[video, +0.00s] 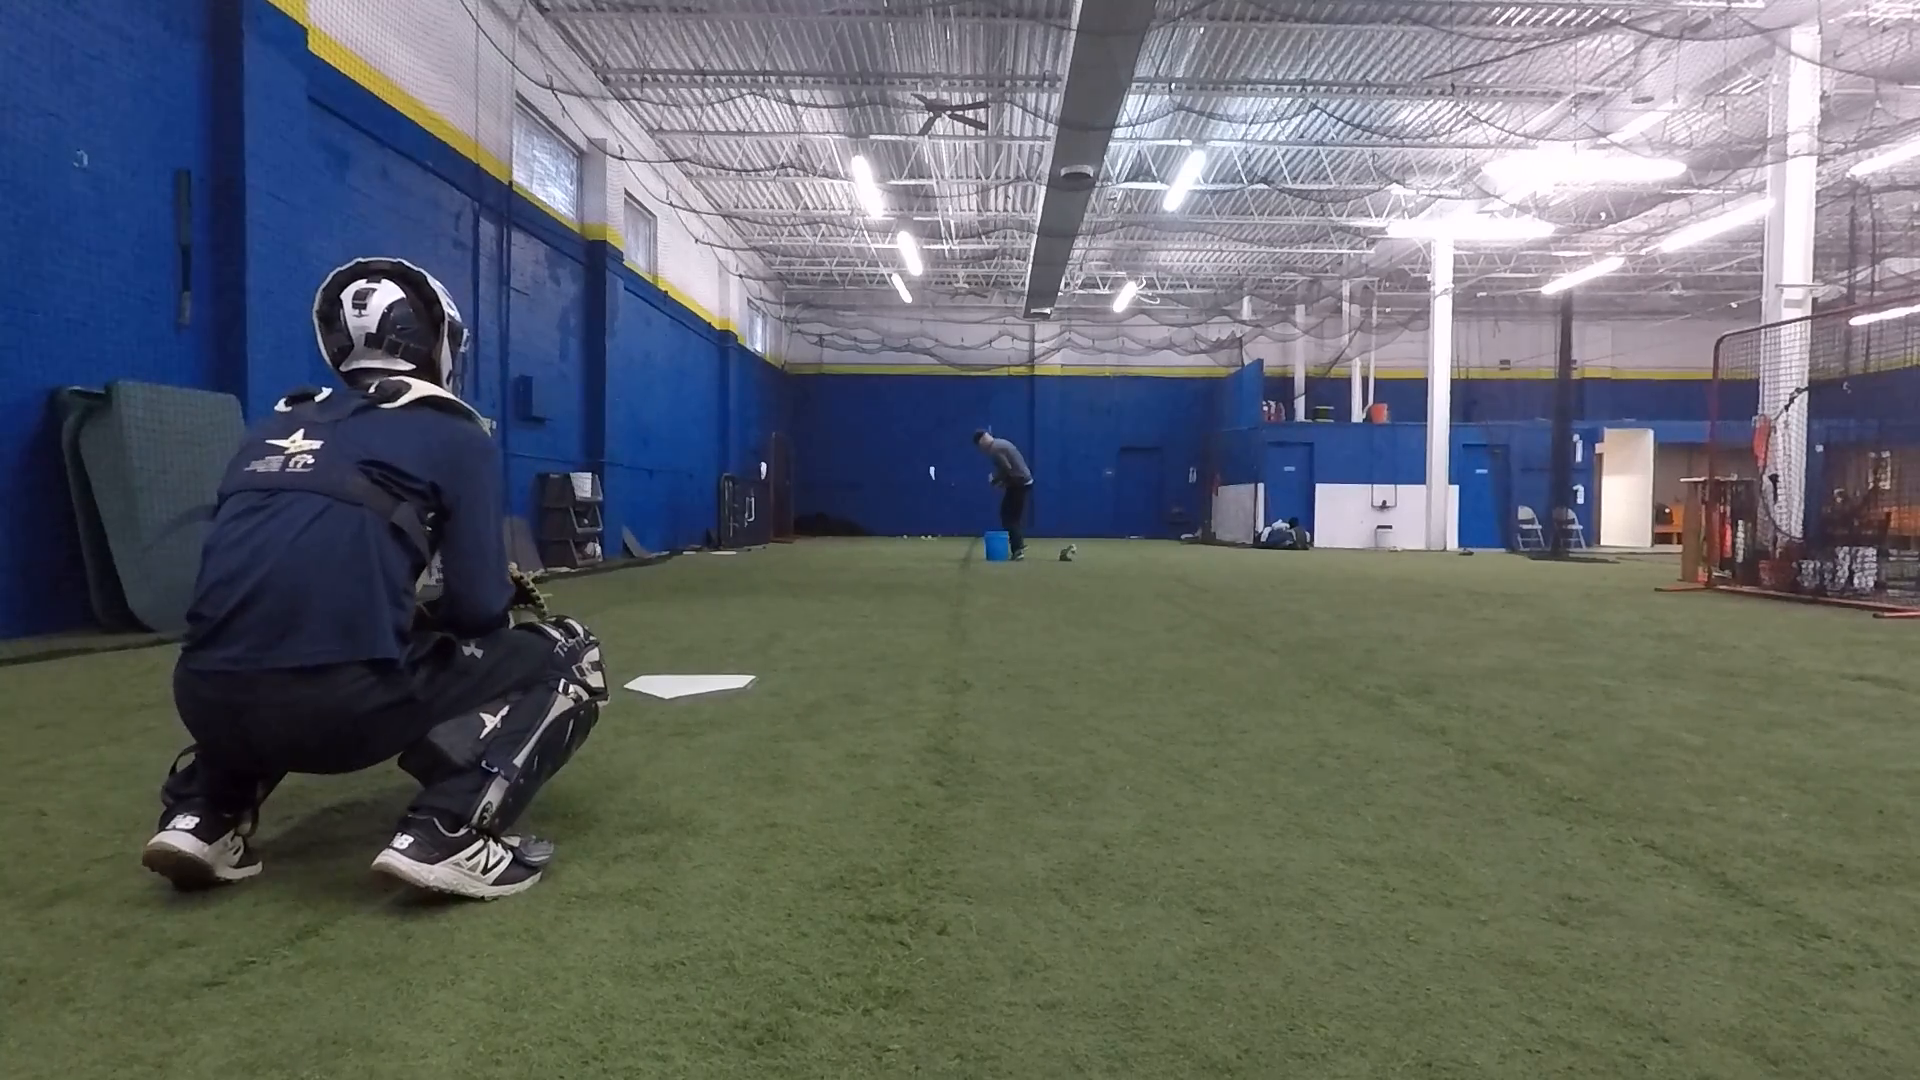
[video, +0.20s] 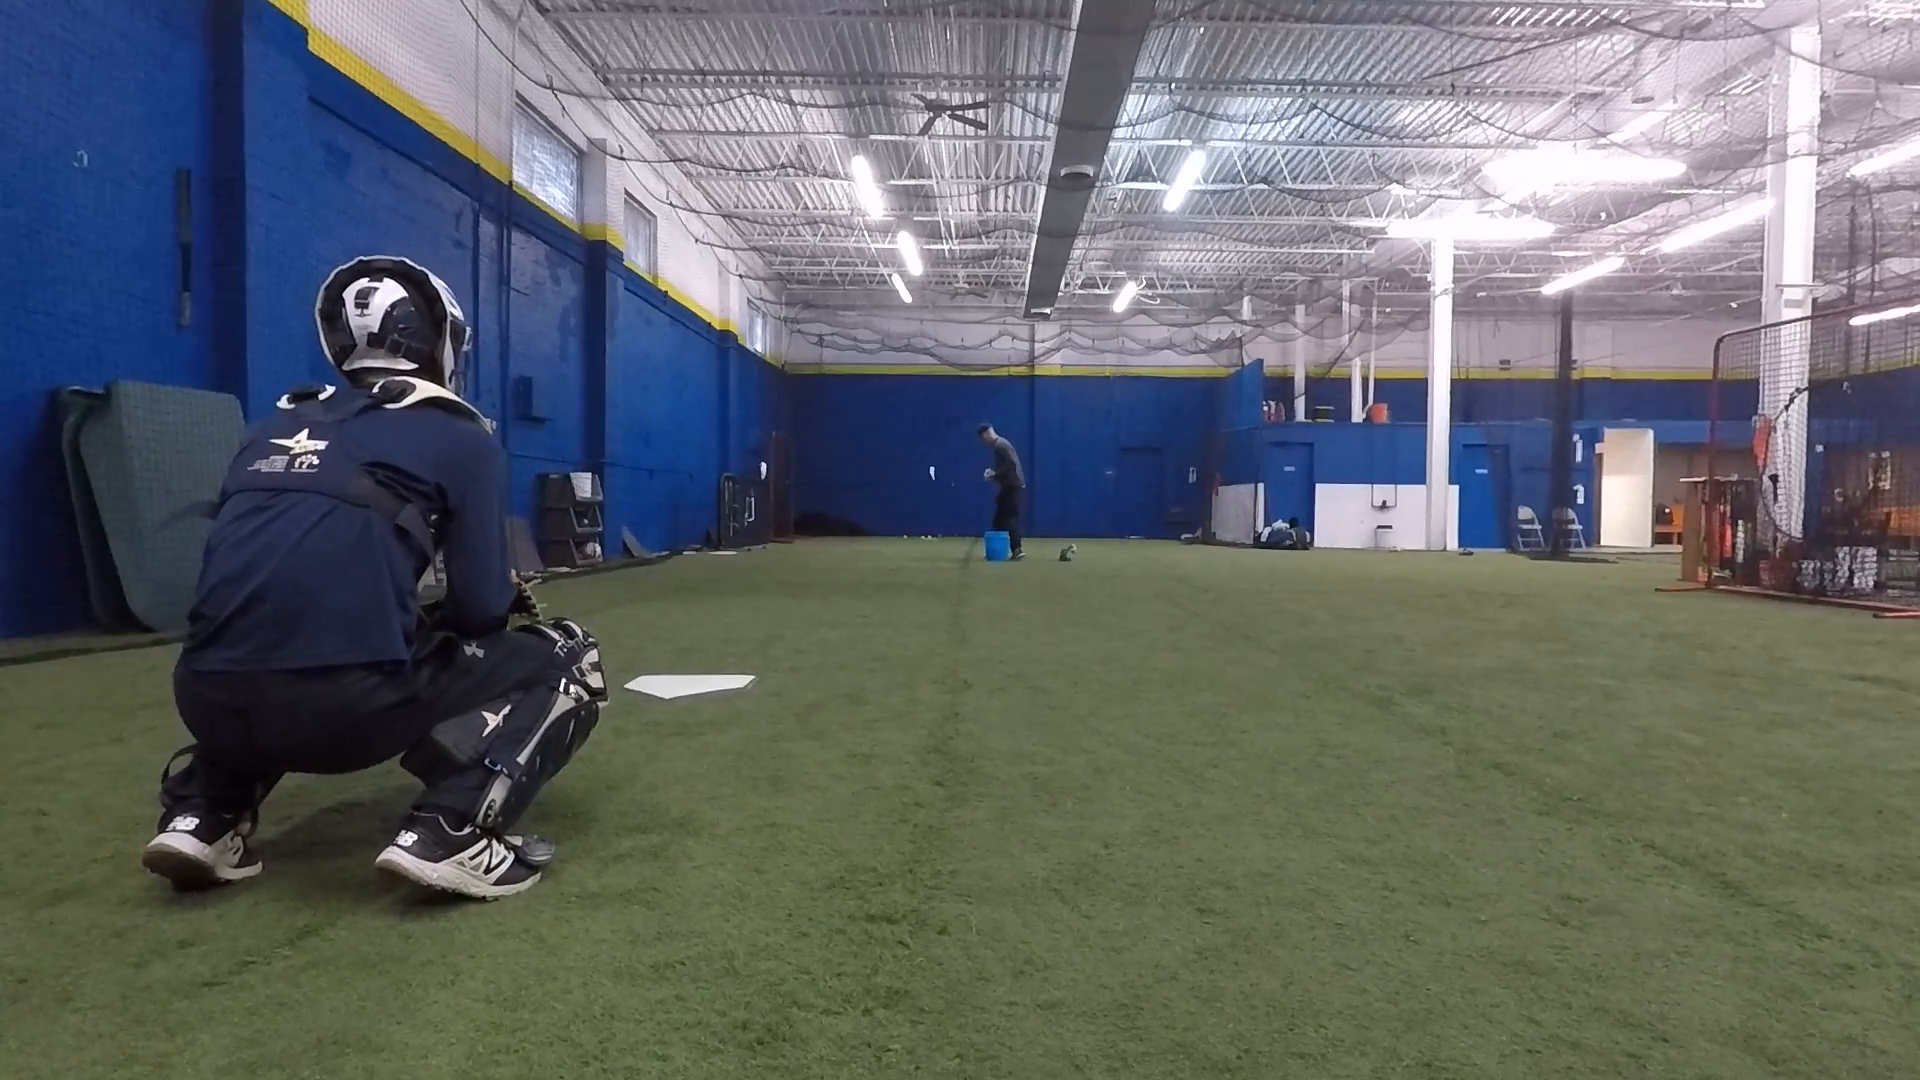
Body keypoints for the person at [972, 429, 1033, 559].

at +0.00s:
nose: (981, 448)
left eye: (980, 445)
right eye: (979, 445)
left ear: (983, 441)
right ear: (988, 436)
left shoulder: (995, 449)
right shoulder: (1002, 443)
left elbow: (1006, 468)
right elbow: (1010, 466)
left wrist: (996, 478)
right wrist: (1001, 479)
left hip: (1017, 483)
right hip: (1024, 480)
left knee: (1008, 515)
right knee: (1012, 514)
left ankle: (1017, 549)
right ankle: (1019, 543)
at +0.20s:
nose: (984, 440)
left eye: (984, 436)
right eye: (982, 437)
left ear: (989, 433)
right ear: (988, 434)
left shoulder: (1001, 445)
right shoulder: (999, 446)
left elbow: (1008, 466)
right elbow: (1004, 467)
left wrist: (995, 473)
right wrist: (994, 472)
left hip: (1013, 487)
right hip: (1008, 487)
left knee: (1009, 517)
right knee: (1001, 517)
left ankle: (1016, 549)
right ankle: (998, 549)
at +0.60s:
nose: (996, 431)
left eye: (998, 427)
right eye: (994, 428)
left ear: (1004, 427)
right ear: (992, 431)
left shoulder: (1014, 444)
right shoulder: (992, 447)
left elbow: (1020, 464)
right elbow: (991, 462)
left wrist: (1001, 469)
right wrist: (989, 468)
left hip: (1011, 487)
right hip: (997, 488)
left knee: (1010, 516)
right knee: (996, 517)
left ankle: (1025, 541)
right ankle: (995, 546)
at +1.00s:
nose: (1016, 429)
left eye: (1018, 426)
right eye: (1013, 426)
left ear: (1023, 428)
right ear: (1010, 429)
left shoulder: (1029, 446)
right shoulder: (1003, 446)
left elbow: (1036, 466)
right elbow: (999, 463)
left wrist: (1022, 475)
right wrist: (1002, 472)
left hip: (1022, 488)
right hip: (1006, 487)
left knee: (1022, 519)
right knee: (1002, 517)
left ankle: (1024, 548)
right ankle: (999, 547)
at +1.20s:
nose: (1018, 429)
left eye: (1020, 427)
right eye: (1016, 427)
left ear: (1025, 429)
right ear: (1013, 429)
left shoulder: (1031, 447)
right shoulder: (1005, 446)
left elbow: (1039, 465)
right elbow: (999, 463)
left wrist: (1033, 475)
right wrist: (992, 462)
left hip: (1024, 489)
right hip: (1007, 489)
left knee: (1024, 520)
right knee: (1005, 518)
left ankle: (1024, 548)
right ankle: (1004, 545)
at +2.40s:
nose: (1012, 439)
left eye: (1014, 436)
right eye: (1010, 436)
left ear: (1019, 436)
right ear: (1007, 436)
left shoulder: (1025, 452)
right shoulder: (1000, 448)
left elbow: (1032, 469)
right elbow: (991, 461)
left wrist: (1025, 482)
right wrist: (996, 470)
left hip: (1013, 489)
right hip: (997, 487)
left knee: (1013, 518)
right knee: (994, 516)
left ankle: (1014, 545)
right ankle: (990, 545)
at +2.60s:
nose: (1006, 437)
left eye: (1008, 434)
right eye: (1004, 434)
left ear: (1013, 435)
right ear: (1001, 435)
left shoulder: (1019, 451)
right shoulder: (993, 448)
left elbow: (1026, 468)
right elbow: (986, 464)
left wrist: (1021, 481)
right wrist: (992, 471)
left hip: (1008, 490)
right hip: (991, 489)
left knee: (1011, 518)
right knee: (981, 515)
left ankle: (1014, 546)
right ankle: (971, 543)